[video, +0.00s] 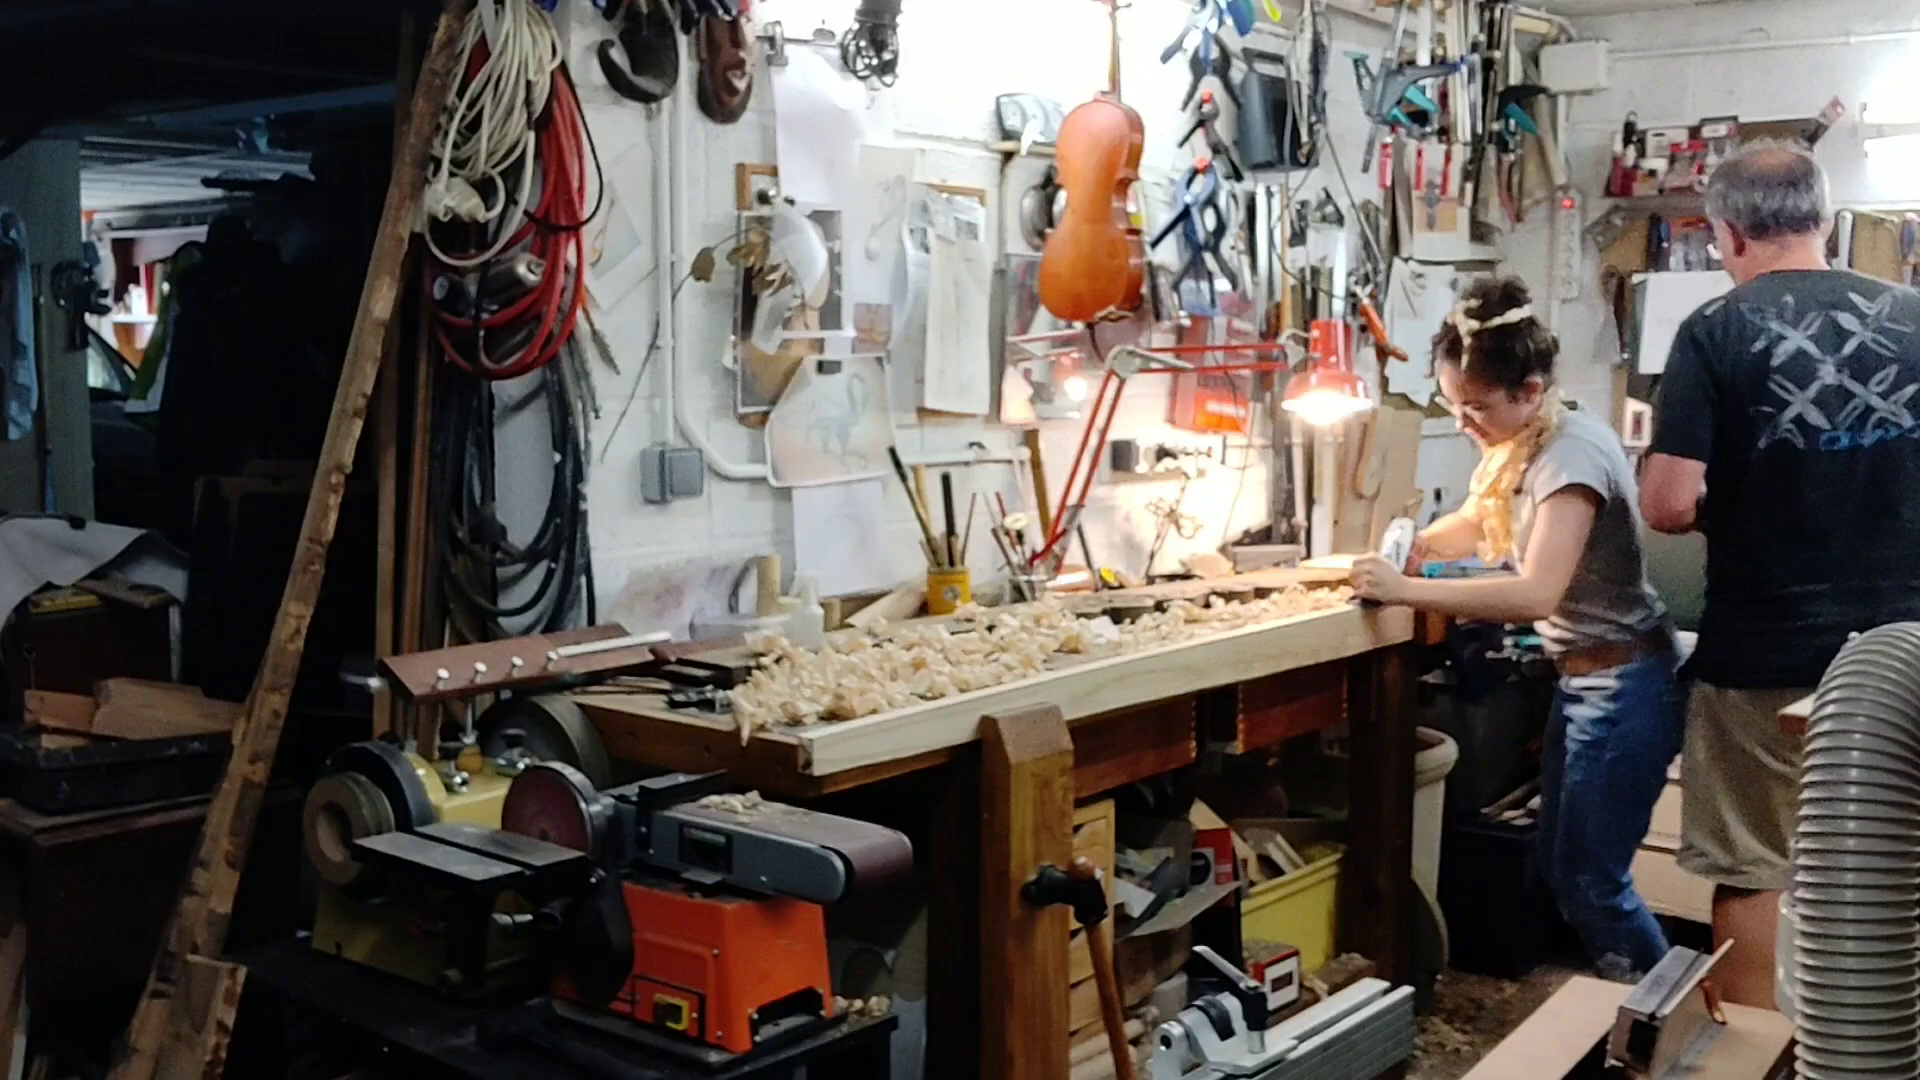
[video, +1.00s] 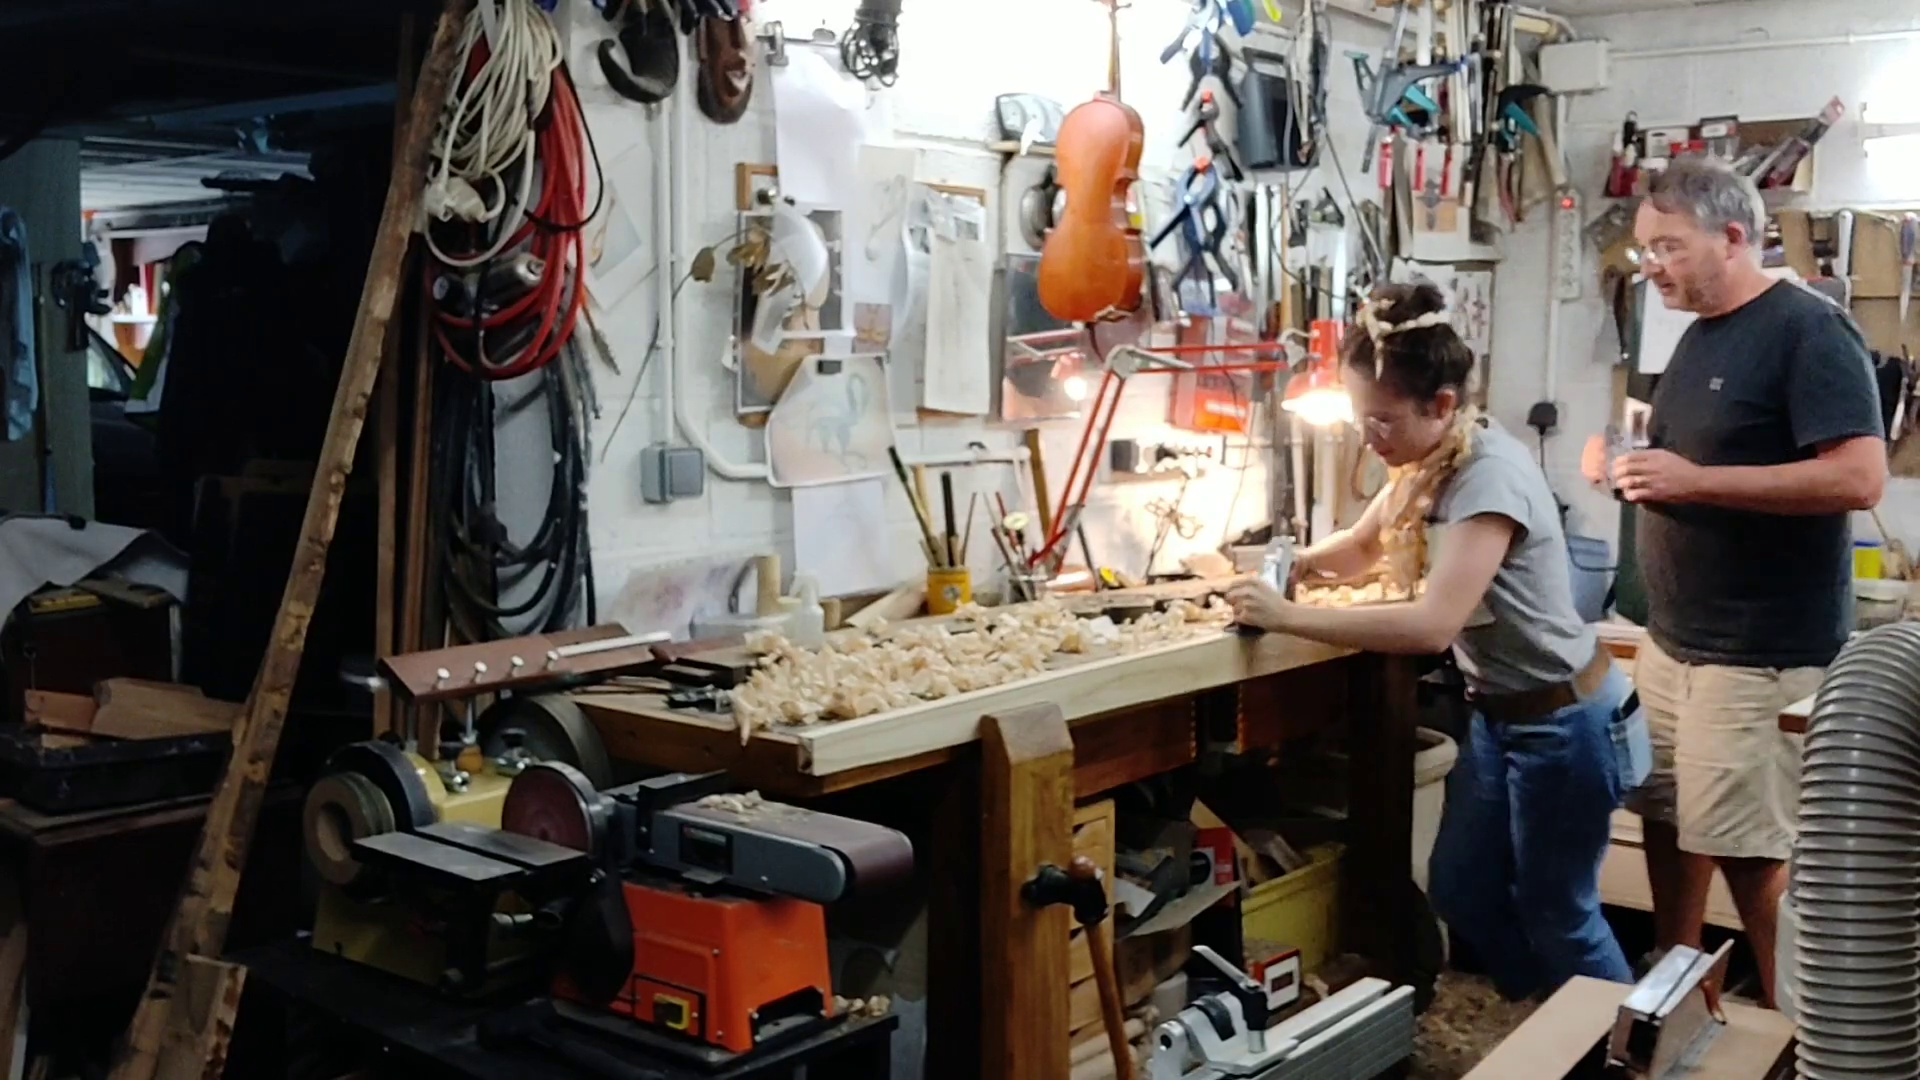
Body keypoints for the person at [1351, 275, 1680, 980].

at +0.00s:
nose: (1462, 420)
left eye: (1478, 406)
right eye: (1453, 405)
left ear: (1531, 390)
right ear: (1444, 384)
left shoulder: (1572, 453)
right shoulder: (1516, 453)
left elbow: (1538, 593)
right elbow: (1479, 524)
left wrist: (1407, 588)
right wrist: (1412, 546)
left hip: (1623, 682)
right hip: (1580, 679)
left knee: (1589, 881)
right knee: (1559, 873)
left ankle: (1673, 1018)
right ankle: (1628, 1016)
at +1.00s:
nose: (1368, 437)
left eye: (1382, 422)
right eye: (1361, 419)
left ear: (1442, 405)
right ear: (1356, 393)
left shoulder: (1492, 475)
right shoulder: (1425, 466)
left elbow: (1433, 624)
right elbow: (1365, 545)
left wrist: (1286, 615)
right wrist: (1292, 563)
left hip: (1563, 726)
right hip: (1492, 719)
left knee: (1560, 915)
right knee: (1462, 892)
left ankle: (1628, 1037)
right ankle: (1546, 1016)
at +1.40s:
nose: (1249, 442)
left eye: (1264, 426)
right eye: (1241, 423)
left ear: (1330, 405)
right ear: (1239, 399)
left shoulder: (1391, 483)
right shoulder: (1309, 476)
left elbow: (1337, 648)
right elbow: (1254, 569)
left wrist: (1187, 642)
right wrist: (1178, 581)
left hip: (1468, 746)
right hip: (1386, 741)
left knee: (1466, 954)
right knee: (1376, 956)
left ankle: (1599, 1039)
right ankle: (1424, 1076)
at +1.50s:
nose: (1217, 449)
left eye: (1231, 430)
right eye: (1208, 429)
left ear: (1295, 407)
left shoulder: (1360, 481)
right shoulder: (1283, 483)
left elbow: (1314, 652)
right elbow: (1221, 572)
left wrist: (1162, 652)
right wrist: (1144, 597)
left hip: (1439, 752)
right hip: (1362, 745)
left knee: (1395, 971)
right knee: (1353, 962)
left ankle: (1523, 1061)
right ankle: (1452, 1062)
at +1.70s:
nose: (1158, 457)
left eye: (1172, 438)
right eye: (1150, 437)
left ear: (1242, 416)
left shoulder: (1304, 497)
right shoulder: (1242, 492)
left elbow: (1249, 677)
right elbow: (1176, 578)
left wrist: (1084, 661)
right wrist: (1099, 598)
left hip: (1376, 777)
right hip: (1318, 774)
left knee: (1278, 977)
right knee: (1375, 979)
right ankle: (1444, 1074)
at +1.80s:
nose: (1122, 459)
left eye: (1137, 439)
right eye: (1116, 436)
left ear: (1210, 420)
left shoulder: (1277, 509)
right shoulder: (1218, 498)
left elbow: (1215, 693)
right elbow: (1158, 588)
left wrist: (1044, 669)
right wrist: (1069, 605)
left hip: (1343, 798)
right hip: (1301, 792)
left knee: (1212, 1015)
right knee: (1362, 1004)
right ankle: (1438, 1079)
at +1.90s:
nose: (1089, 455)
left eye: (1103, 434)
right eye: (1083, 434)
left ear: (1175, 412)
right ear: (1167, 416)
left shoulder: (1248, 504)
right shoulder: (1195, 490)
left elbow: (1178, 696)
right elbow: (1140, 586)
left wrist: (1005, 680)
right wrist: (1043, 609)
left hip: (1327, 802)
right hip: (1297, 795)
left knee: (1182, 1028)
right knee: (1346, 1017)